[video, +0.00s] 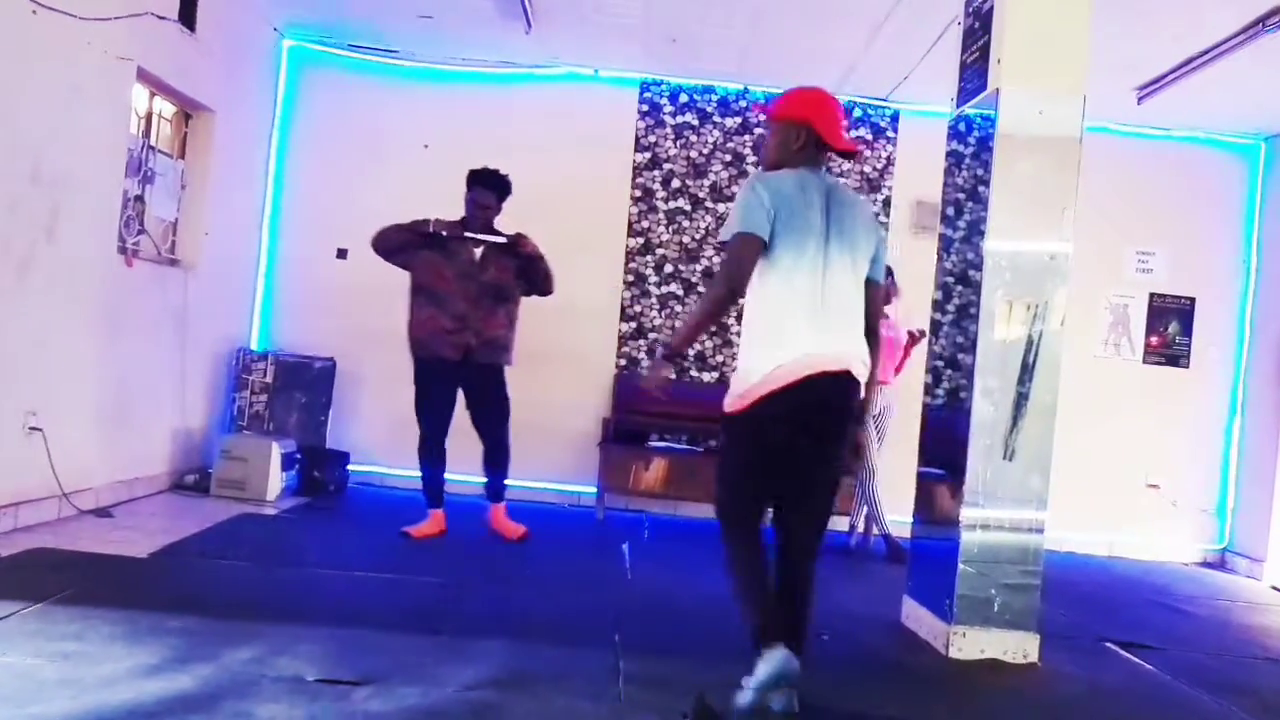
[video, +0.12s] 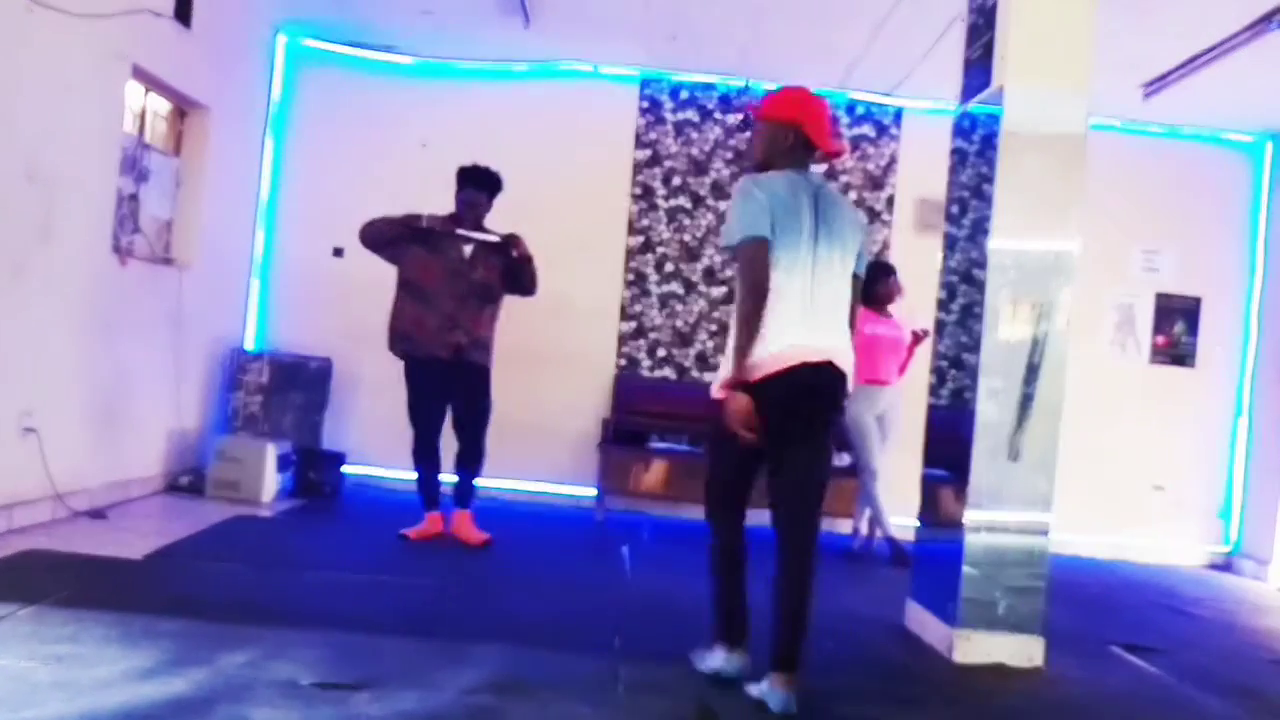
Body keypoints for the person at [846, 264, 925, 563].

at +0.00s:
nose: (888, 293)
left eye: (890, 287)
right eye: (884, 286)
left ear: (892, 291)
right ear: (872, 290)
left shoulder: (894, 324)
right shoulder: (862, 321)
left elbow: (893, 370)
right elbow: (857, 358)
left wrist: (909, 347)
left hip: (886, 394)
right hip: (861, 394)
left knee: (869, 466)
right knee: (870, 466)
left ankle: (854, 534)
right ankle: (886, 535)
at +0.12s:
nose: (899, 287)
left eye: (897, 281)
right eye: (892, 281)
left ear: (887, 287)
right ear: (878, 287)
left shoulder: (896, 325)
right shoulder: (857, 318)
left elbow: (898, 371)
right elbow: (845, 353)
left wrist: (913, 346)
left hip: (890, 392)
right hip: (861, 392)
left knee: (874, 468)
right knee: (870, 467)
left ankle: (859, 533)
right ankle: (889, 536)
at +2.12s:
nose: (889, 286)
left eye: (889, 281)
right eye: (882, 281)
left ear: (890, 287)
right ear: (865, 287)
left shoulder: (894, 328)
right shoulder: (846, 317)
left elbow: (893, 375)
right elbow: (830, 364)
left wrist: (905, 347)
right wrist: (825, 405)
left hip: (882, 398)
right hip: (850, 394)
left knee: (868, 464)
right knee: (867, 463)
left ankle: (850, 532)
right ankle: (887, 536)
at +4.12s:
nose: (879, 300)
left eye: (882, 294)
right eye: (872, 294)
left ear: (886, 291)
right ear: (856, 291)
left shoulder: (890, 327)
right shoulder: (840, 317)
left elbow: (888, 374)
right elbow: (827, 364)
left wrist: (900, 347)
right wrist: (822, 403)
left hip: (877, 397)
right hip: (845, 393)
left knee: (865, 466)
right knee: (864, 464)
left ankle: (848, 532)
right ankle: (884, 534)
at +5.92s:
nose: (879, 283)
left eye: (882, 278)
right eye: (871, 278)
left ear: (887, 286)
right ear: (859, 287)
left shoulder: (893, 326)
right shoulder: (842, 318)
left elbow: (893, 376)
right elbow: (828, 365)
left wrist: (903, 349)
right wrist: (823, 406)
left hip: (880, 397)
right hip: (847, 393)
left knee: (866, 465)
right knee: (861, 463)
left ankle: (848, 531)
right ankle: (881, 536)